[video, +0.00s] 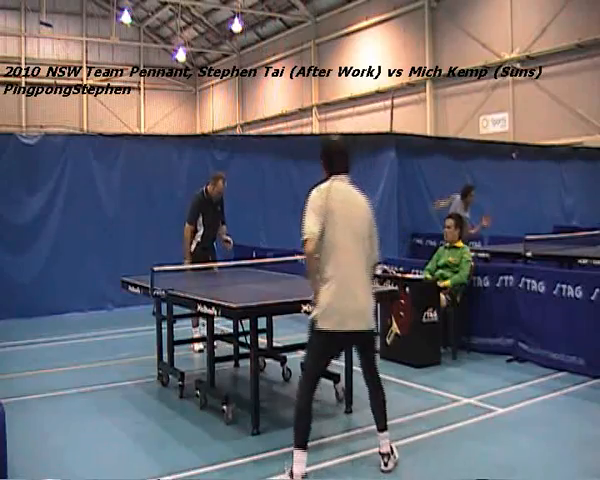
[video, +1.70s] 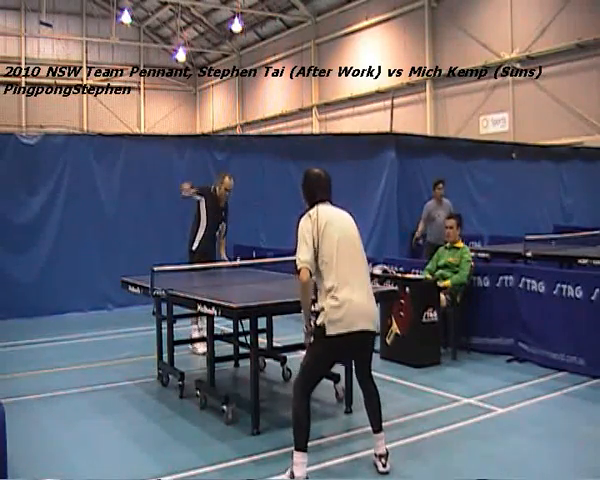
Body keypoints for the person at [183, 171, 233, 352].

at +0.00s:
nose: (220, 193)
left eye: (222, 190)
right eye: (218, 190)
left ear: (222, 189)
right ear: (210, 186)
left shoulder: (219, 199)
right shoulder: (199, 200)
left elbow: (220, 221)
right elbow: (189, 228)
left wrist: (224, 236)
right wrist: (187, 258)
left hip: (210, 247)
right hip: (196, 248)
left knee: (213, 284)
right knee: (195, 289)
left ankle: (211, 330)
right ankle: (196, 332)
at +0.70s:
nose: (219, 187)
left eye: (222, 183)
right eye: (216, 183)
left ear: (224, 183)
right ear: (209, 182)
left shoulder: (222, 201)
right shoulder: (199, 199)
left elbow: (226, 225)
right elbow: (182, 218)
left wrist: (226, 242)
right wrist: (192, 238)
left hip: (211, 250)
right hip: (198, 250)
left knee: (212, 292)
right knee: (200, 293)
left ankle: (208, 334)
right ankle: (202, 335)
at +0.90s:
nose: (218, 189)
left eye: (220, 185)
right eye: (215, 185)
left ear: (223, 185)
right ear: (208, 183)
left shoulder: (222, 200)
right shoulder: (199, 199)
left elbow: (227, 225)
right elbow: (192, 224)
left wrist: (227, 239)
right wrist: (214, 224)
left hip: (211, 250)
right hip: (197, 251)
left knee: (211, 292)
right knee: (200, 293)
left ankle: (205, 329)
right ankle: (202, 332)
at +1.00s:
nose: (217, 188)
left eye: (220, 184)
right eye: (215, 184)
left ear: (223, 183)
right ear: (208, 181)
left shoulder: (220, 198)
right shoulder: (201, 197)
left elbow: (226, 225)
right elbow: (200, 220)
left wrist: (227, 219)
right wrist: (221, 210)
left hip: (211, 250)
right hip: (197, 250)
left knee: (210, 291)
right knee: (201, 293)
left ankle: (204, 328)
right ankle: (201, 331)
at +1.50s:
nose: (225, 193)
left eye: (227, 189)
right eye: (224, 188)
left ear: (224, 187)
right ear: (216, 185)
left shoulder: (217, 200)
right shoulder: (206, 198)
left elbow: (219, 225)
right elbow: (214, 222)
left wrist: (230, 238)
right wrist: (232, 220)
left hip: (208, 249)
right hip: (198, 250)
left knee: (212, 286)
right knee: (206, 291)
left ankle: (202, 320)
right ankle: (204, 339)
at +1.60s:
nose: (227, 195)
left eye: (229, 192)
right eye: (225, 191)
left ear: (229, 191)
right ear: (217, 188)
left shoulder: (224, 207)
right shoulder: (209, 196)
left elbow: (222, 233)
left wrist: (226, 253)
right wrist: (207, 213)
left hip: (209, 249)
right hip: (197, 248)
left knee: (208, 288)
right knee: (201, 289)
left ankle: (200, 327)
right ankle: (200, 334)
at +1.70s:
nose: (227, 193)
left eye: (229, 190)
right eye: (225, 189)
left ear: (230, 191)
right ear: (218, 186)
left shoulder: (224, 204)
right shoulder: (206, 193)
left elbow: (222, 231)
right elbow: (189, 192)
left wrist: (222, 253)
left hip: (210, 251)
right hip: (197, 250)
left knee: (208, 291)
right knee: (198, 292)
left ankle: (202, 330)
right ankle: (195, 333)